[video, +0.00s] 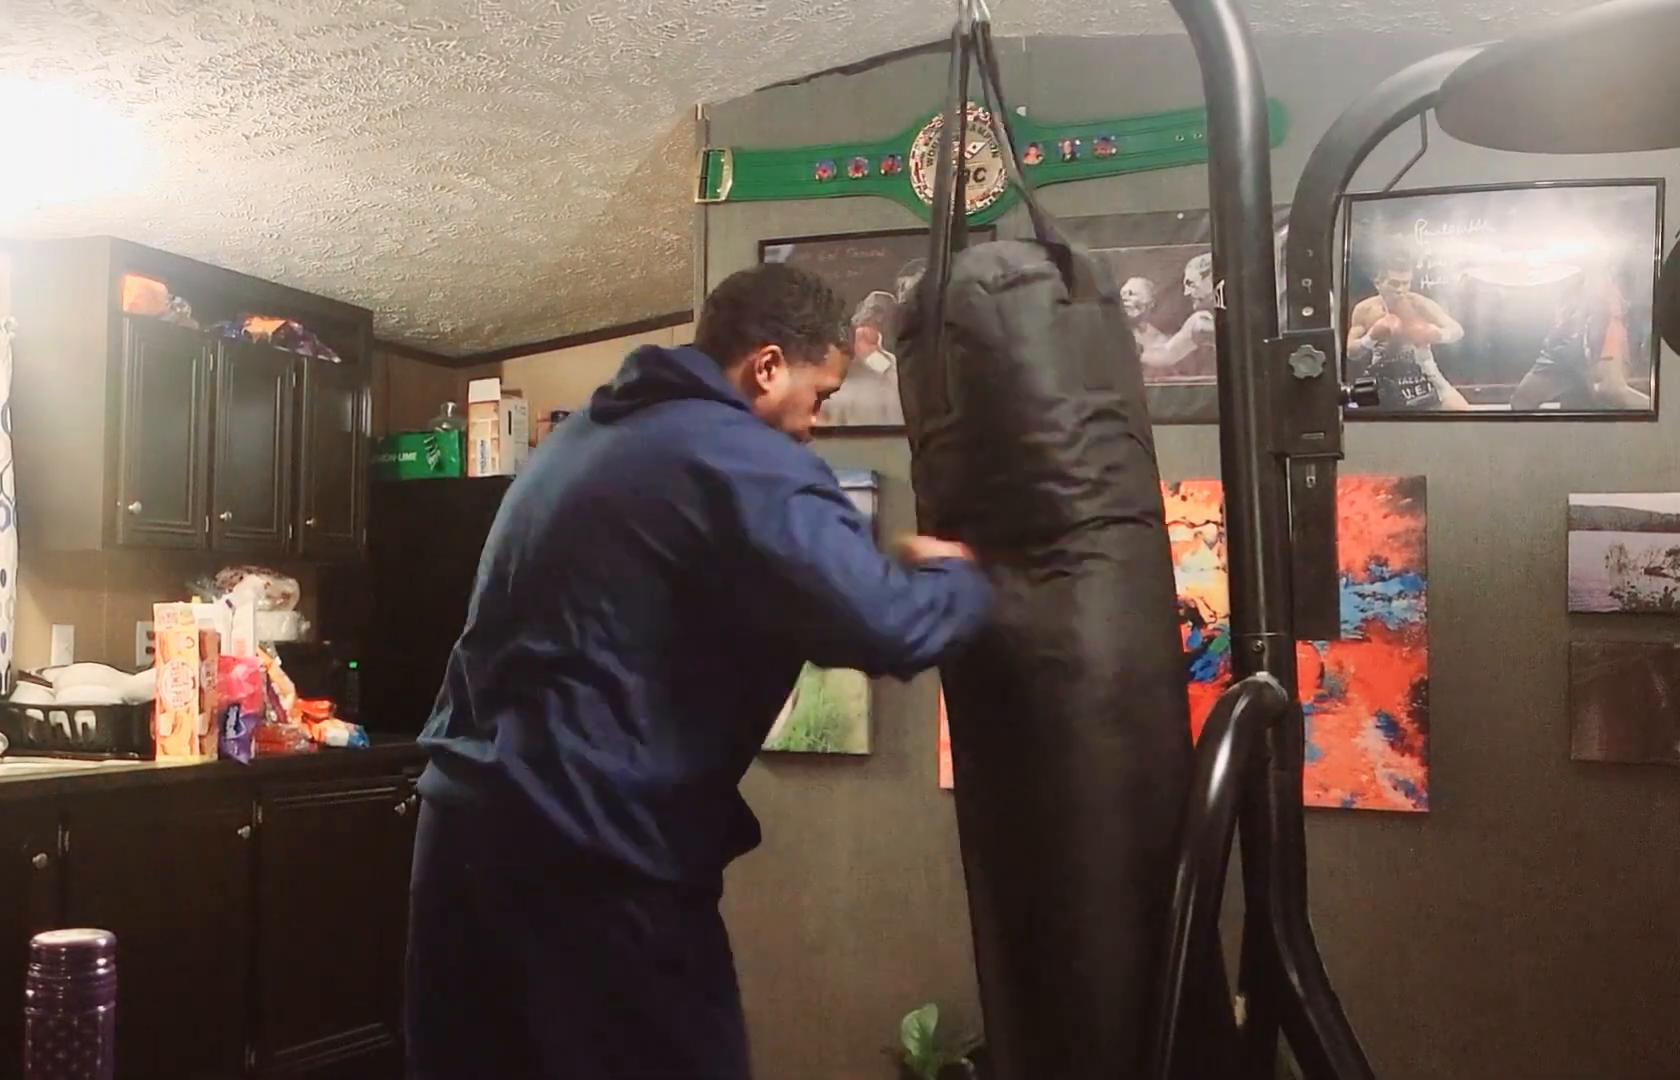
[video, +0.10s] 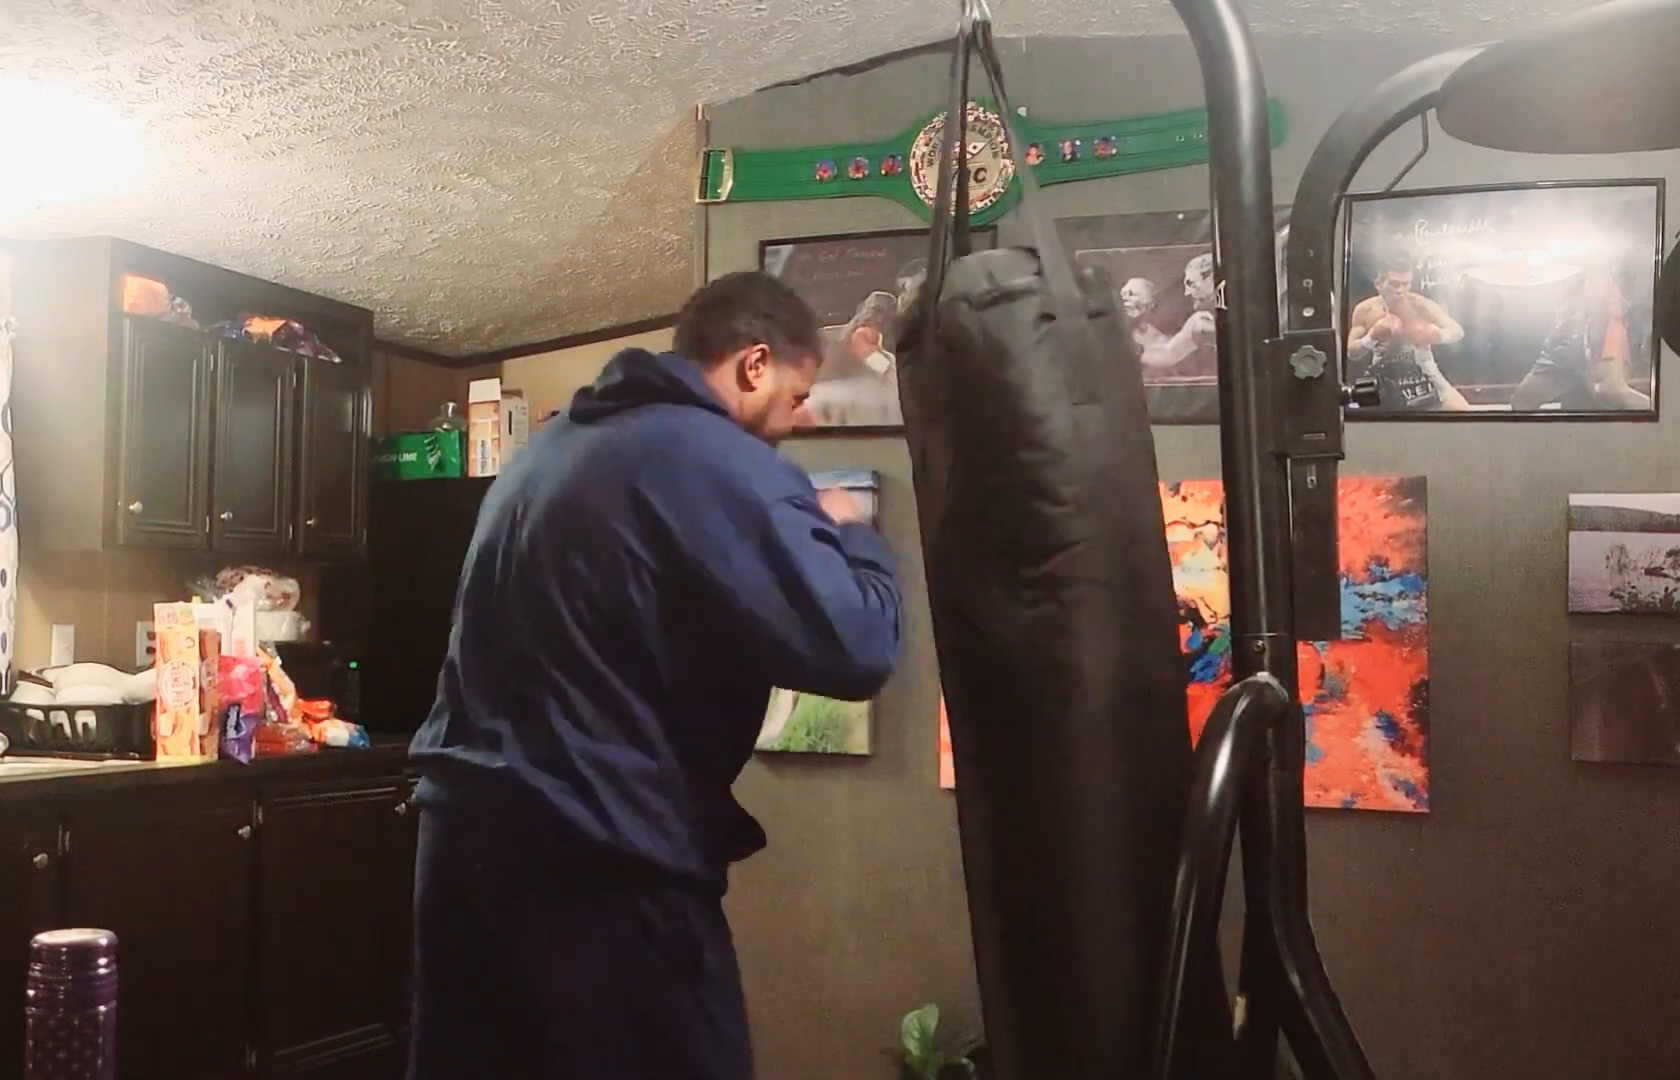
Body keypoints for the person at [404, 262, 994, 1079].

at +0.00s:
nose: (817, 423)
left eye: (829, 402)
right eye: (820, 397)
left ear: (746, 356)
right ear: (765, 368)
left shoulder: (589, 430)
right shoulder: (745, 465)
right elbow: (887, 624)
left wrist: (883, 552)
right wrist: (966, 585)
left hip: (464, 827)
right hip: (612, 859)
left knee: (472, 1063)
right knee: (673, 1064)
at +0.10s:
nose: (795, 419)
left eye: (803, 401)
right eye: (797, 395)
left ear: (684, 355)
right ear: (752, 365)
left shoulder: (551, 443)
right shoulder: (709, 459)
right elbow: (860, 647)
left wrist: (785, 505)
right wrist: (852, 530)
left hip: (465, 833)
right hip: (617, 858)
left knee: (471, 1064)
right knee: (671, 1063)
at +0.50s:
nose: (730, 456)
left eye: (736, 444)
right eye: (733, 438)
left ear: (616, 388)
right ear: (695, 399)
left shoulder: (464, 478)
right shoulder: (713, 480)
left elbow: (439, 655)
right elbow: (900, 610)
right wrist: (817, 453)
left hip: (431, 860)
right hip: (607, 878)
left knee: (445, 1068)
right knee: (685, 1066)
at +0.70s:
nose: (773, 429)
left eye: (786, 407)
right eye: (778, 401)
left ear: (704, 362)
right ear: (727, 365)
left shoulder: (544, 428)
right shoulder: (693, 474)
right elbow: (857, 657)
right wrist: (861, 471)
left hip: (429, 836)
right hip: (574, 866)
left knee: (451, 1068)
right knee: (669, 1065)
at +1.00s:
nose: (743, 494)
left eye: (759, 478)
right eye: (757, 466)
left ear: (717, 400)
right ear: (731, 407)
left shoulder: (548, 438)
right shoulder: (644, 464)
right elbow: (705, 693)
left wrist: (831, 585)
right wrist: (803, 561)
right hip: (545, 873)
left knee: (442, 1066)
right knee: (636, 1063)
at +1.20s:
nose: (772, 626)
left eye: (787, 615)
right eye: (790, 604)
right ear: (775, 550)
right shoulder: (703, 526)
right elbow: (681, 741)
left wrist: (762, 744)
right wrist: (802, 683)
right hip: (510, 877)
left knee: (418, 1066)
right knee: (642, 1065)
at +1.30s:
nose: (801, 651)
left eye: (808, 641)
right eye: (812, 629)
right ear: (816, 579)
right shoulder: (755, 554)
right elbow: (726, 774)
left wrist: (777, 787)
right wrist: (833, 713)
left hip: (398, 846)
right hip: (539, 878)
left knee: (419, 1060)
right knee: (658, 1060)